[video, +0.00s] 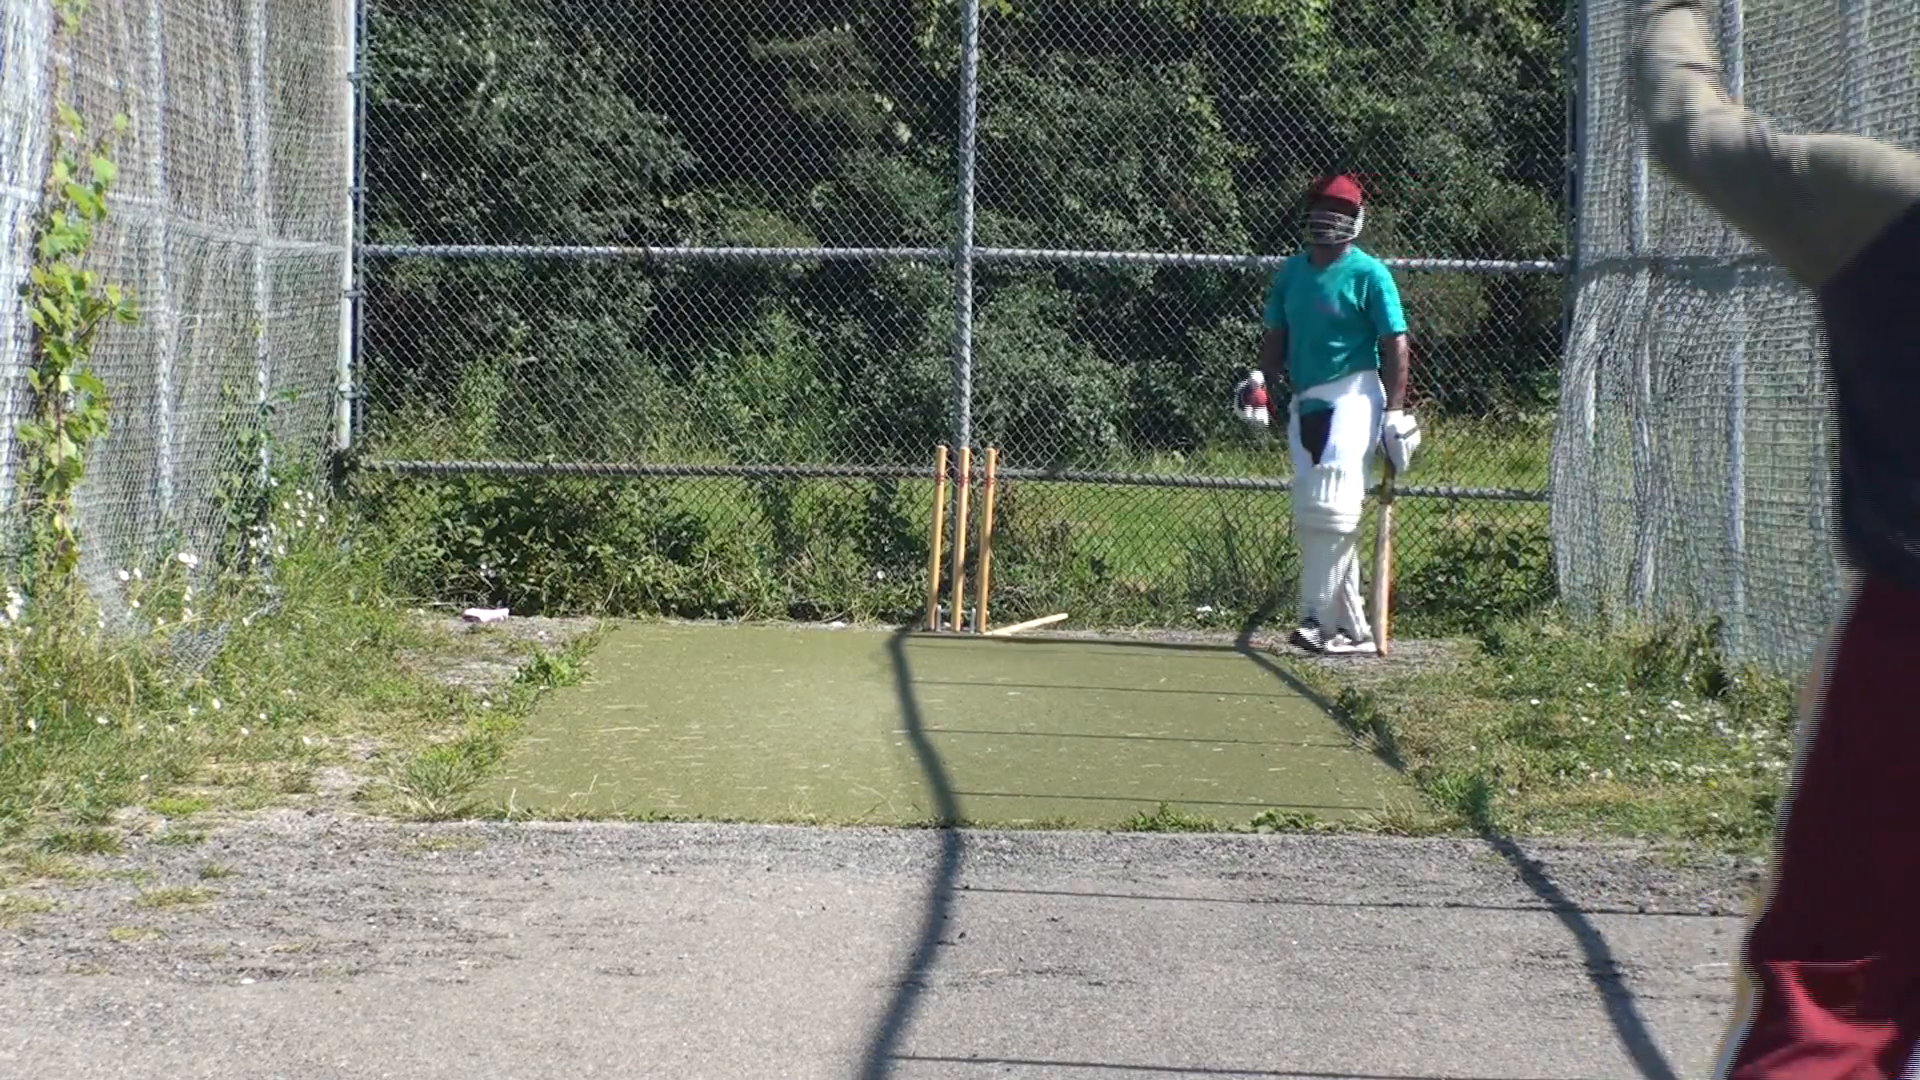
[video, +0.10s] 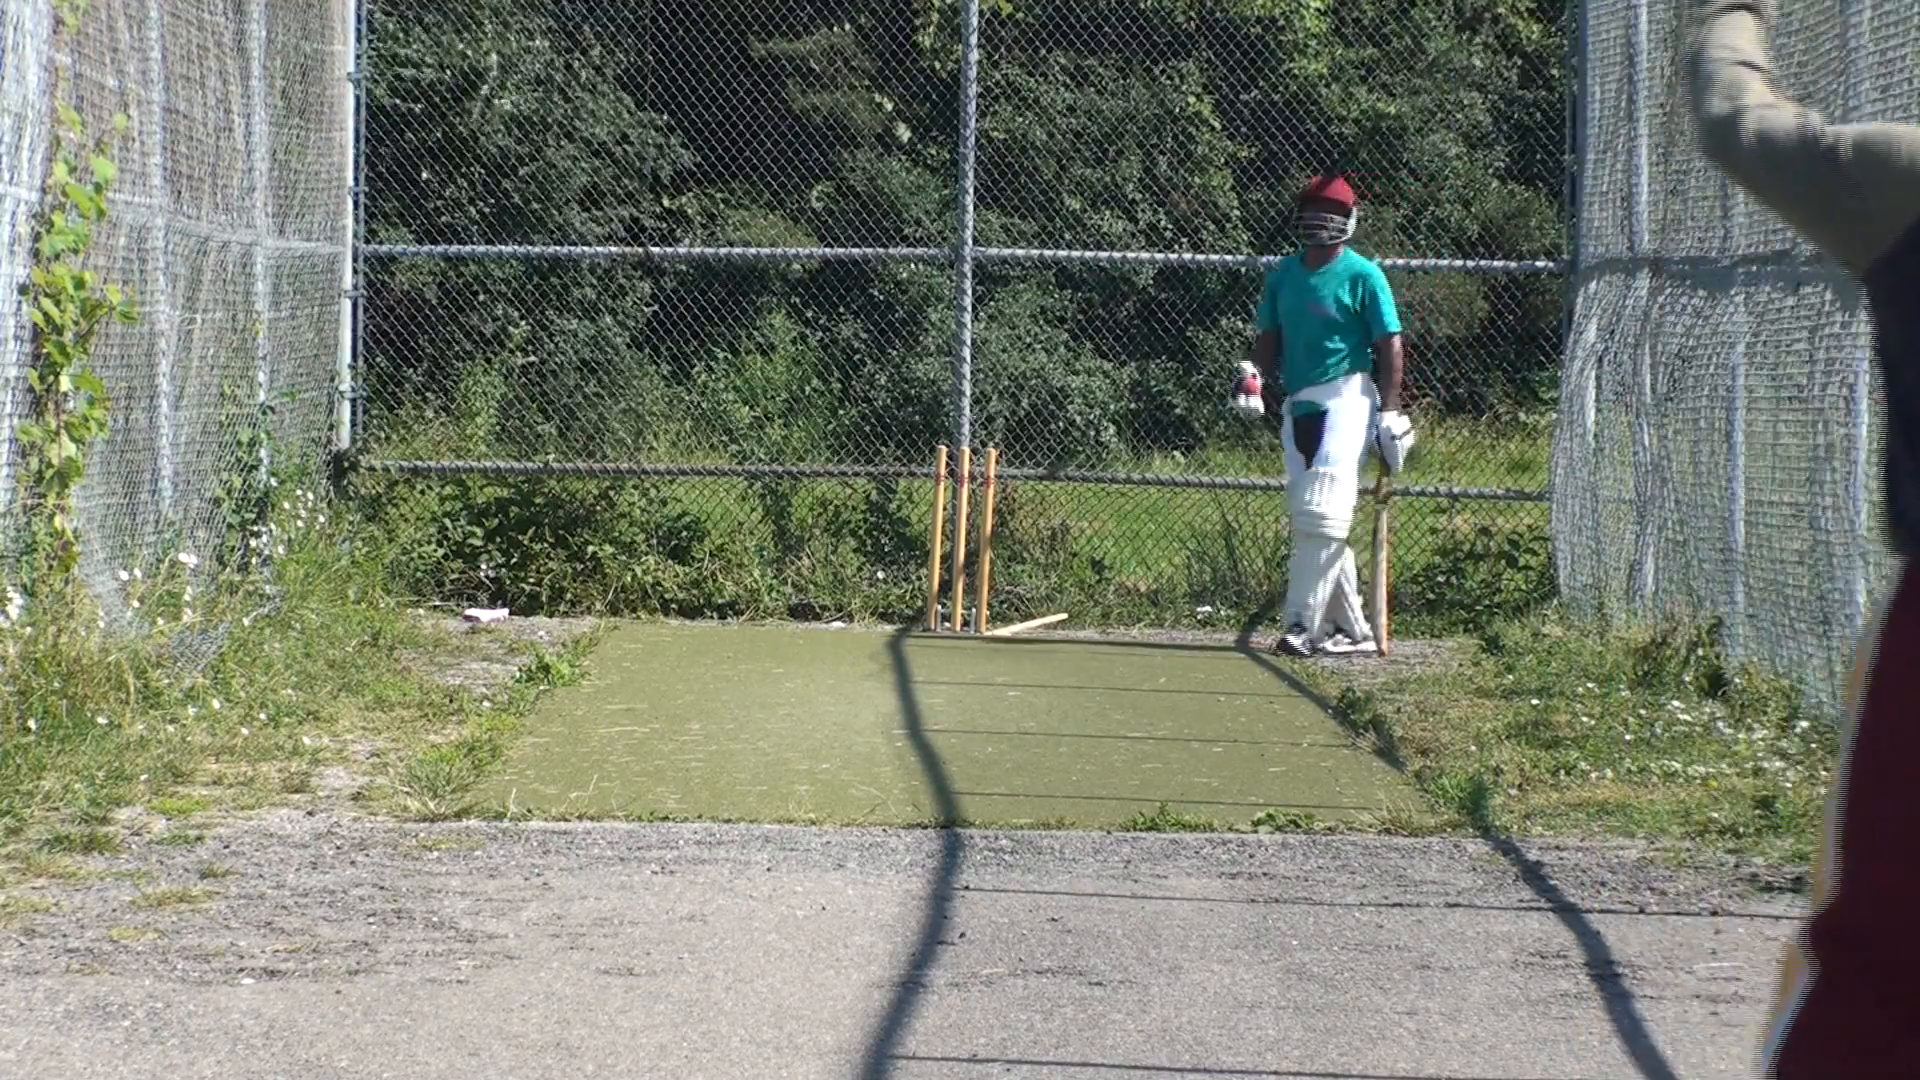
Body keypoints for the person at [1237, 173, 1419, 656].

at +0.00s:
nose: (1326, 228)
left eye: (1338, 221)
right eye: (1319, 219)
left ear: (1355, 226)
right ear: (1308, 221)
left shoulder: (1370, 273)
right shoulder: (1291, 271)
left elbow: (1396, 346)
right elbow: (1274, 335)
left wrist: (1394, 412)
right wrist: (1266, 382)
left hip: (1353, 393)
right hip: (1305, 396)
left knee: (1330, 502)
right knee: (1317, 507)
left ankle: (1316, 619)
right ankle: (1351, 625)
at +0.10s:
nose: (1320, 229)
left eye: (1331, 221)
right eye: (1312, 220)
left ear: (1347, 225)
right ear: (1300, 223)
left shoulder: (1364, 274)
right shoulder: (1282, 275)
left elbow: (1390, 345)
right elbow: (1268, 336)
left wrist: (1389, 411)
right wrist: (1255, 376)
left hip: (1345, 395)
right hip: (1296, 399)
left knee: (1321, 507)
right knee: (1309, 511)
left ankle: (1301, 625)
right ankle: (1350, 625)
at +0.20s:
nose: (1315, 228)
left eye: (1326, 220)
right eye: (1307, 219)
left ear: (1342, 224)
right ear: (1295, 222)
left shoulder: (1358, 275)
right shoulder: (1277, 274)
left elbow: (1385, 347)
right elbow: (1262, 337)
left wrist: (1381, 412)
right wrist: (1250, 372)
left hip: (1337, 397)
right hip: (1289, 399)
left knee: (1311, 509)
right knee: (1296, 512)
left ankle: (1298, 628)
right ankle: (1347, 622)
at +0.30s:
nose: (1311, 225)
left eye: (1321, 217)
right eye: (1302, 216)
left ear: (1338, 222)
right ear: (1290, 219)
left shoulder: (1353, 273)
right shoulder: (1272, 271)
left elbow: (1377, 346)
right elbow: (1258, 333)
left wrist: (1373, 413)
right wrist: (1241, 361)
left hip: (1332, 394)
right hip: (1282, 396)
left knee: (1307, 508)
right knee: (1266, 513)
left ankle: (1299, 631)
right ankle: (1335, 608)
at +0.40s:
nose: (1300, 221)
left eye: (1312, 213)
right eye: (1293, 212)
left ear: (1331, 217)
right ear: (1283, 214)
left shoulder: (1347, 272)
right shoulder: (1264, 268)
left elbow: (1369, 345)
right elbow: (1250, 334)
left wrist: (1365, 412)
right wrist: (1231, 356)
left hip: (1324, 396)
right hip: (1272, 396)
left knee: (1303, 508)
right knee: (1244, 508)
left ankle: (1301, 632)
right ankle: (1299, 600)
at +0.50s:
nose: (1296, 214)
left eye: (1307, 207)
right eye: (1288, 205)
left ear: (1325, 213)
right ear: (1277, 210)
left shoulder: (1341, 271)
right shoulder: (1257, 267)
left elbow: (1361, 346)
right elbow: (1245, 333)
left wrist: (1360, 412)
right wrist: (1223, 354)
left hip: (1318, 397)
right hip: (1263, 396)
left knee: (1302, 510)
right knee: (1229, 498)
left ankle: (1298, 632)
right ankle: (1257, 617)